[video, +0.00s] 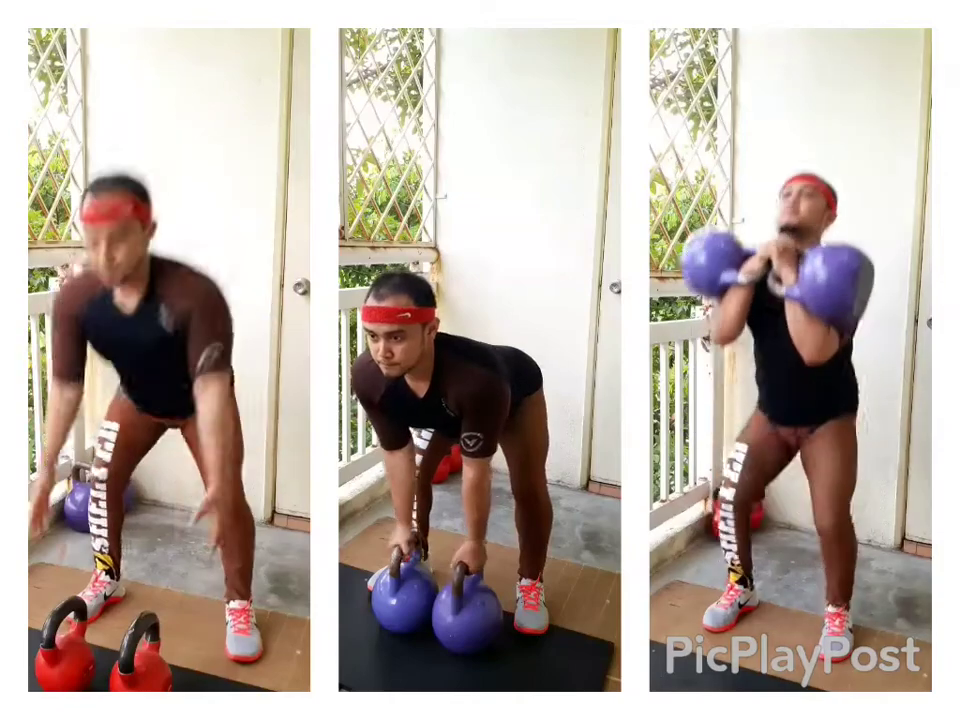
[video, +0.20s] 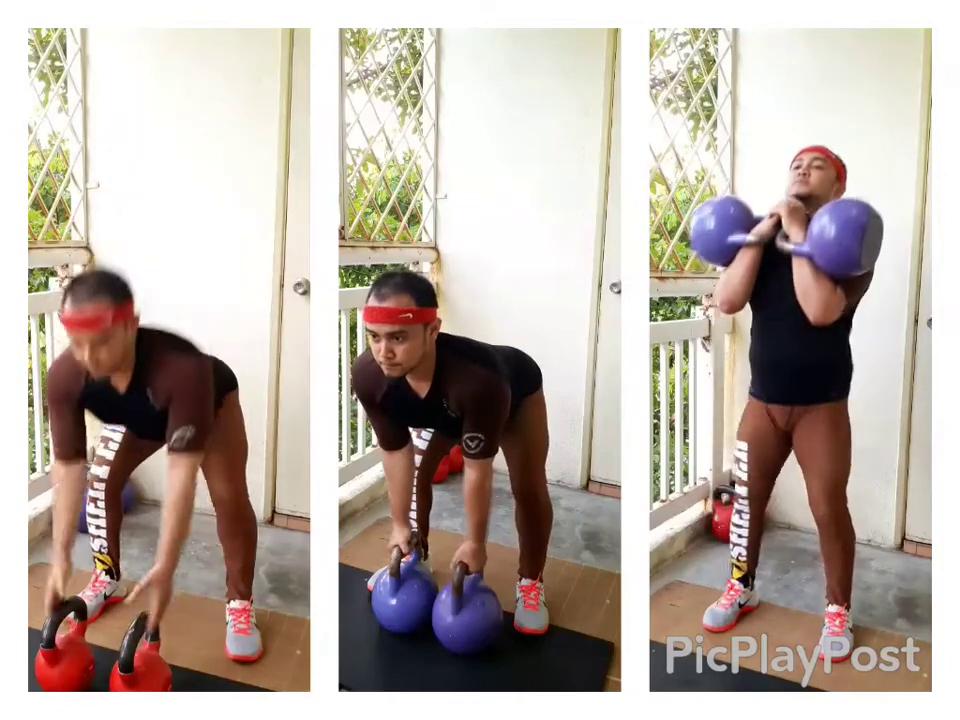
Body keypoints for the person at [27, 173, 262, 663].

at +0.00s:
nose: (105, 255)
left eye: (118, 239)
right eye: (94, 242)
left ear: (147, 230)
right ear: (84, 240)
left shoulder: (193, 293)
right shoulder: (75, 299)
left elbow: (213, 384)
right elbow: (66, 388)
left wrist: (223, 481)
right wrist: (46, 471)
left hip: (198, 402)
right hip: (138, 399)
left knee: (227, 496)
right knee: (105, 476)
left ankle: (240, 604)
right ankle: (108, 576)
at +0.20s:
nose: (88, 357)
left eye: (101, 342)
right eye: (77, 343)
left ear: (130, 322)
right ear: (67, 334)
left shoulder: (181, 369)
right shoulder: (65, 376)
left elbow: (181, 476)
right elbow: (68, 468)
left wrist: (164, 569)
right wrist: (60, 560)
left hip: (208, 401)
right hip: (147, 415)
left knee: (229, 495)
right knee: (108, 480)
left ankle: (240, 602)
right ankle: (107, 574)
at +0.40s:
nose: (85, 398)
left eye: (97, 385)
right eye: (75, 387)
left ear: (126, 364)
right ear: (64, 376)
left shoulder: (176, 401)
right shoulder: (61, 400)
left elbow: (169, 503)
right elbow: (72, 491)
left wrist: (145, 599)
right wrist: (64, 585)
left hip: (209, 403)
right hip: (145, 418)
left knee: (228, 502)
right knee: (108, 487)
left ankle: (239, 604)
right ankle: (106, 577)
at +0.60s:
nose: (84, 395)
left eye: (96, 382)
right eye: (73, 384)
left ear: (125, 360)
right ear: (62, 372)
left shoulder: (176, 398)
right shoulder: (60, 397)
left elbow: (165, 504)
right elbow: (71, 490)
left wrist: (147, 599)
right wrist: (63, 585)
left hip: (210, 407)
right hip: (143, 418)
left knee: (231, 505)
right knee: (106, 487)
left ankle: (240, 604)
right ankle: (107, 575)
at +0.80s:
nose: (79, 399)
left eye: (92, 387)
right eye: (67, 388)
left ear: (121, 362)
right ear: (55, 374)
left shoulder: (173, 399)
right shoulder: (52, 400)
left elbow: (162, 505)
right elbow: (68, 492)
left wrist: (148, 600)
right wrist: (64, 583)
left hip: (204, 406)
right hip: (138, 418)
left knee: (229, 507)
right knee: (103, 493)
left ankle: (240, 604)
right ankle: (107, 575)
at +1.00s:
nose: (65, 406)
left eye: (77, 392)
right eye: (52, 394)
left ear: (108, 366)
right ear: (39, 377)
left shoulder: (163, 402)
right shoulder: (41, 405)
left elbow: (157, 508)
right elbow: (64, 494)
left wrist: (146, 602)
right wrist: (63, 585)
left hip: (200, 407)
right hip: (131, 420)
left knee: (228, 512)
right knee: (100, 498)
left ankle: (240, 606)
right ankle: (109, 576)